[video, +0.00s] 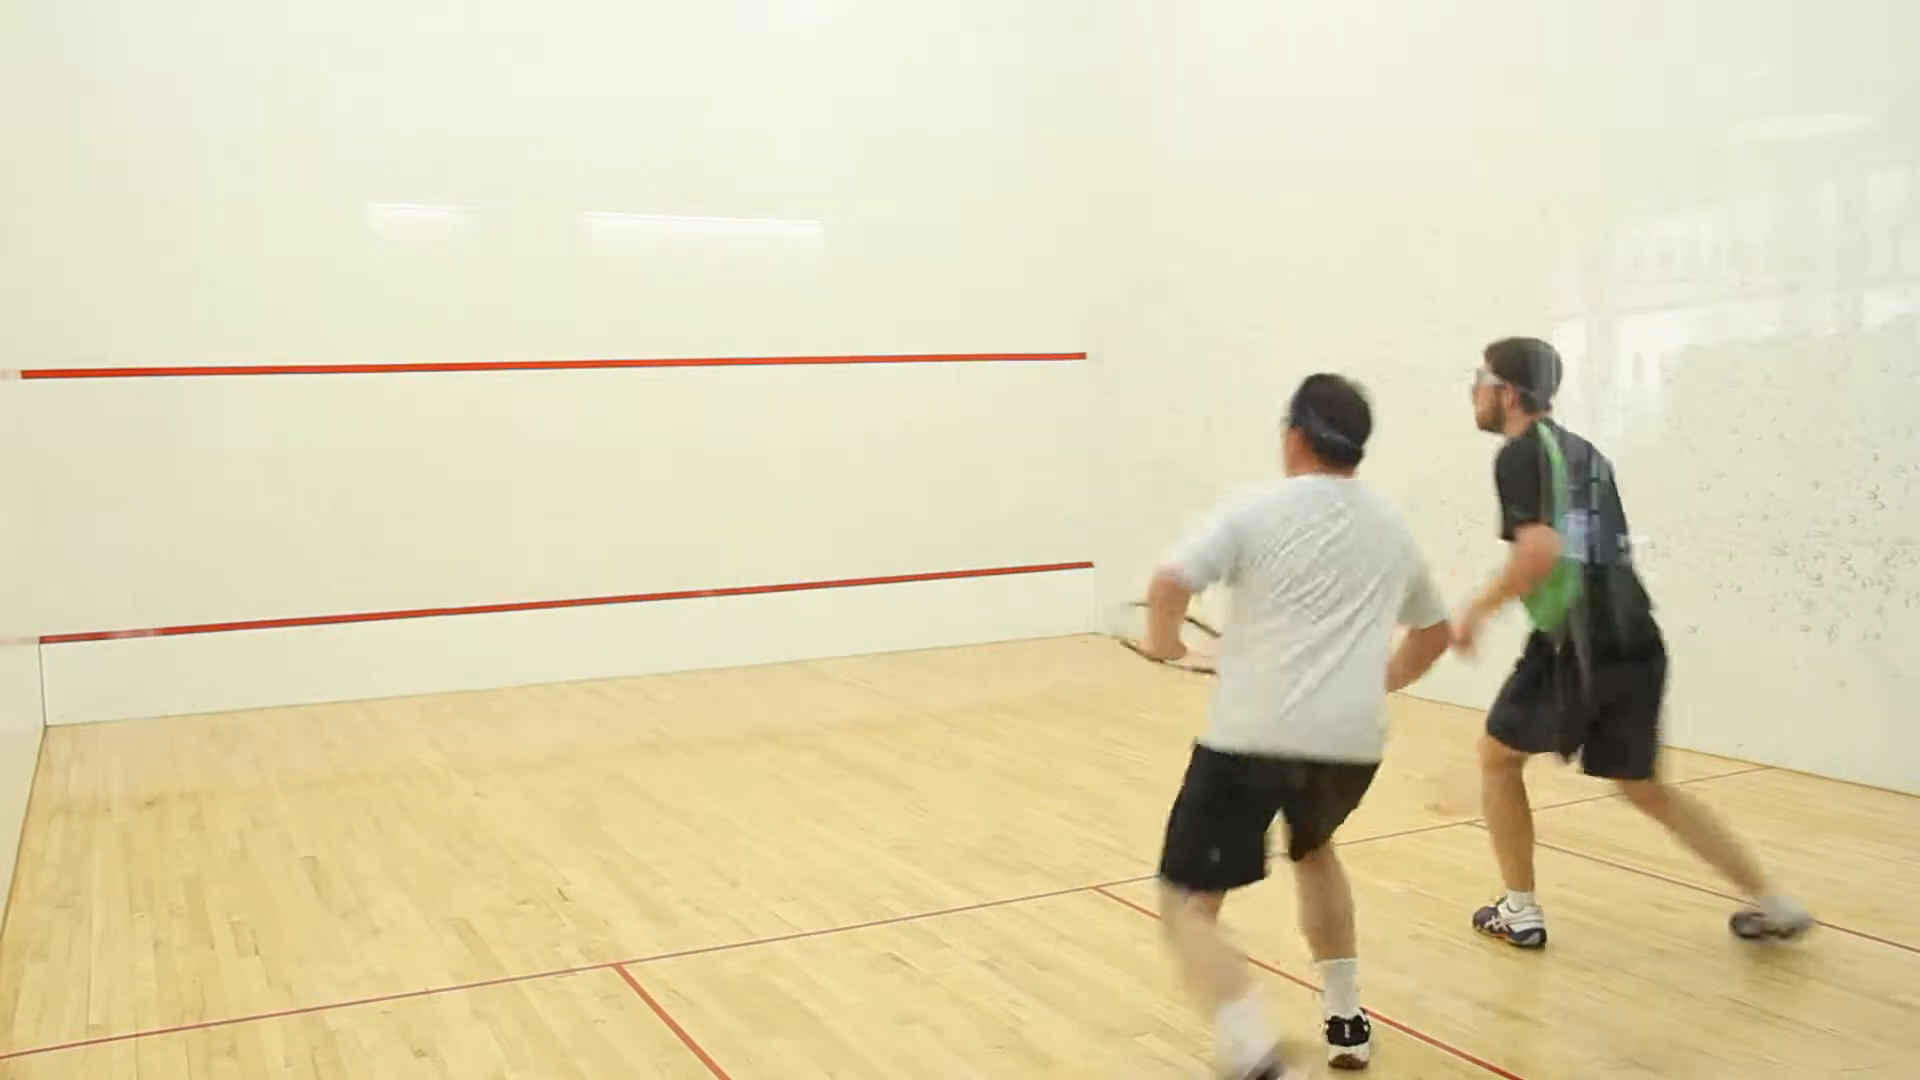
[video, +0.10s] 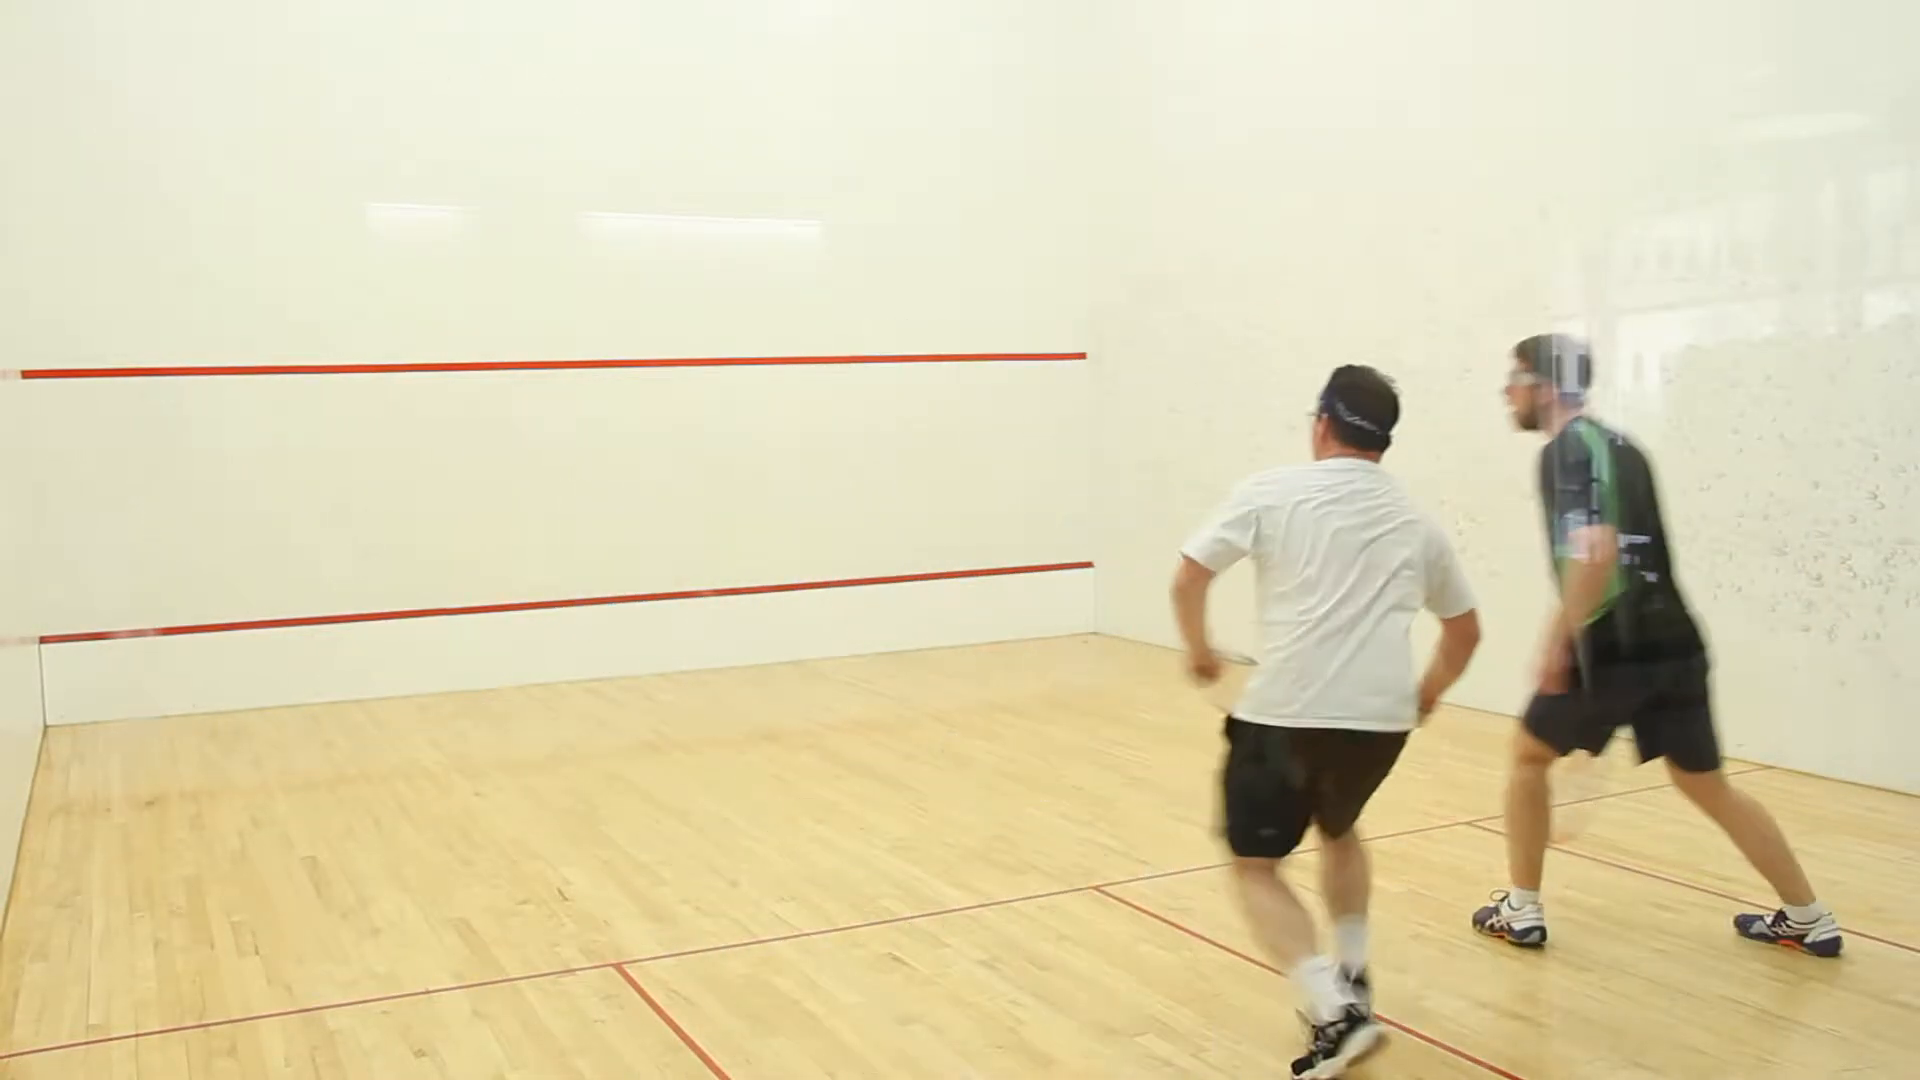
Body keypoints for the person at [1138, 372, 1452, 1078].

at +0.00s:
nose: (1283, 439)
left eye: (1286, 428)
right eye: (1288, 428)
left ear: (1297, 437)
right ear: (1359, 447)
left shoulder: (1259, 508)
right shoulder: (1388, 527)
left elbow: (1170, 581)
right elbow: (1434, 632)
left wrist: (1163, 642)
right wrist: (1380, 680)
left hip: (1250, 741)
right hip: (1349, 744)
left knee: (1188, 904)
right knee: (1313, 847)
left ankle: (1252, 1048)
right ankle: (1346, 1016)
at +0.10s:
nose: (1312, 429)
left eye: (1315, 419)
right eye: (1320, 420)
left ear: (1324, 426)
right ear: (1386, 438)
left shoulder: (1274, 493)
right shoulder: (1413, 519)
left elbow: (1189, 578)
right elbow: (1463, 631)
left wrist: (1199, 650)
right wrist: (1427, 693)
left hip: (1282, 717)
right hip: (1379, 722)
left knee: (1258, 866)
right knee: (1340, 829)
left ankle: (1333, 1011)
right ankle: (1353, 976)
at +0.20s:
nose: (1335, 429)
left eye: (1338, 420)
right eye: (1349, 421)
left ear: (1342, 425)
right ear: (1405, 436)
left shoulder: (1297, 494)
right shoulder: (1435, 507)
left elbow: (1239, 583)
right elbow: (1489, 615)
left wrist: (1290, 602)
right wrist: (1468, 684)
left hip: (1315, 712)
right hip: (1409, 712)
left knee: (1309, 875)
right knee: (1381, 793)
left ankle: (1353, 1026)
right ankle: (1392, 940)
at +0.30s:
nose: (1365, 418)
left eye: (1366, 408)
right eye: (1381, 410)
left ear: (1370, 412)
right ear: (1429, 419)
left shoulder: (1325, 479)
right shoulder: (1462, 489)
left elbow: (1269, 560)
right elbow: (1517, 590)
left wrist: (1312, 591)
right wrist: (1505, 661)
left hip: (1335, 681)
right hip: (1424, 684)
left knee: (1334, 821)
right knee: (1411, 812)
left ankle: (1330, 938)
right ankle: (1396, 960)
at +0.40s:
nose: (1393, 405)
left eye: (1393, 396)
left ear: (1395, 399)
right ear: (1455, 403)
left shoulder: (1363, 457)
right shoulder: (1486, 469)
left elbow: (1281, 511)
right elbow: (1544, 551)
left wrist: (1293, 587)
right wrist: (1555, 626)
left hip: (1360, 647)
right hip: (1443, 654)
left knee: (1355, 773)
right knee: (1422, 806)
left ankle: (1339, 882)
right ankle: (1395, 945)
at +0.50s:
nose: (1434, 397)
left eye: (1428, 386)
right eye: (1462, 393)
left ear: (1422, 389)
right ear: (1476, 396)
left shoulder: (1384, 444)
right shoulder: (1499, 455)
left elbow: (1306, 503)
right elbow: (1575, 515)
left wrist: (1324, 580)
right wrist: (1604, 557)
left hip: (1386, 629)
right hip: (1469, 635)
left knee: (1374, 738)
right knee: (1439, 759)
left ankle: (1391, 861)